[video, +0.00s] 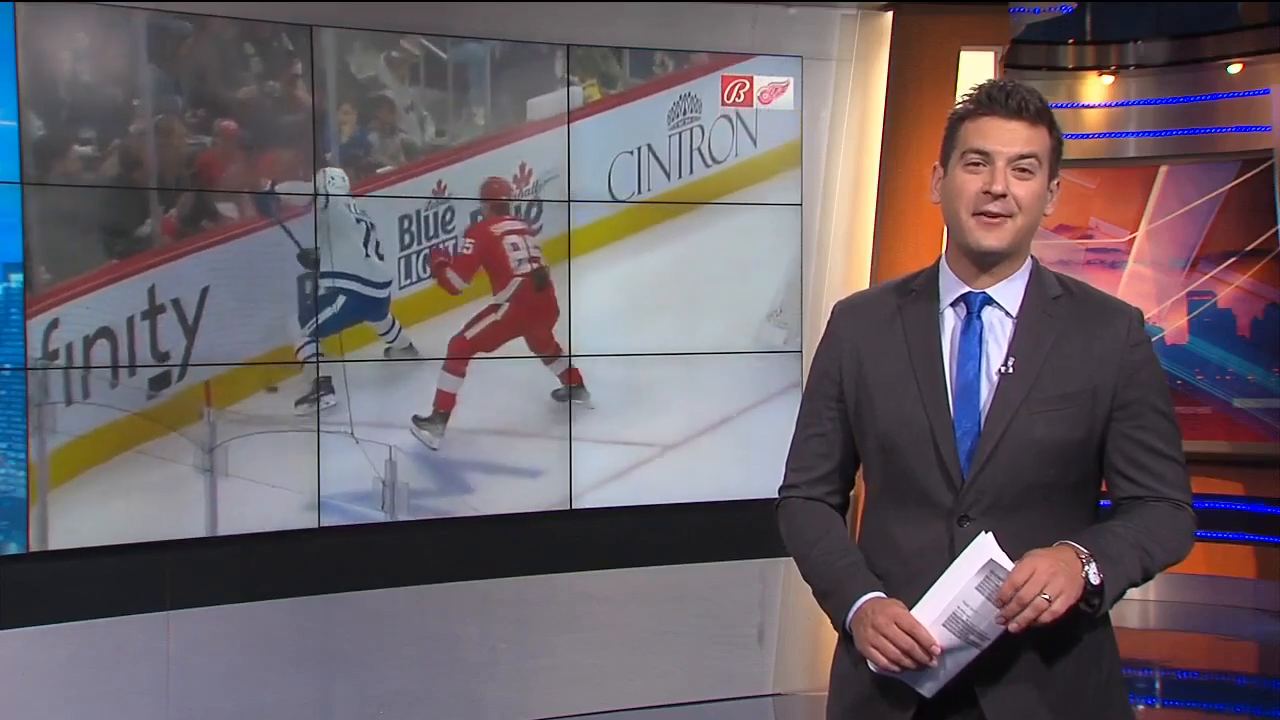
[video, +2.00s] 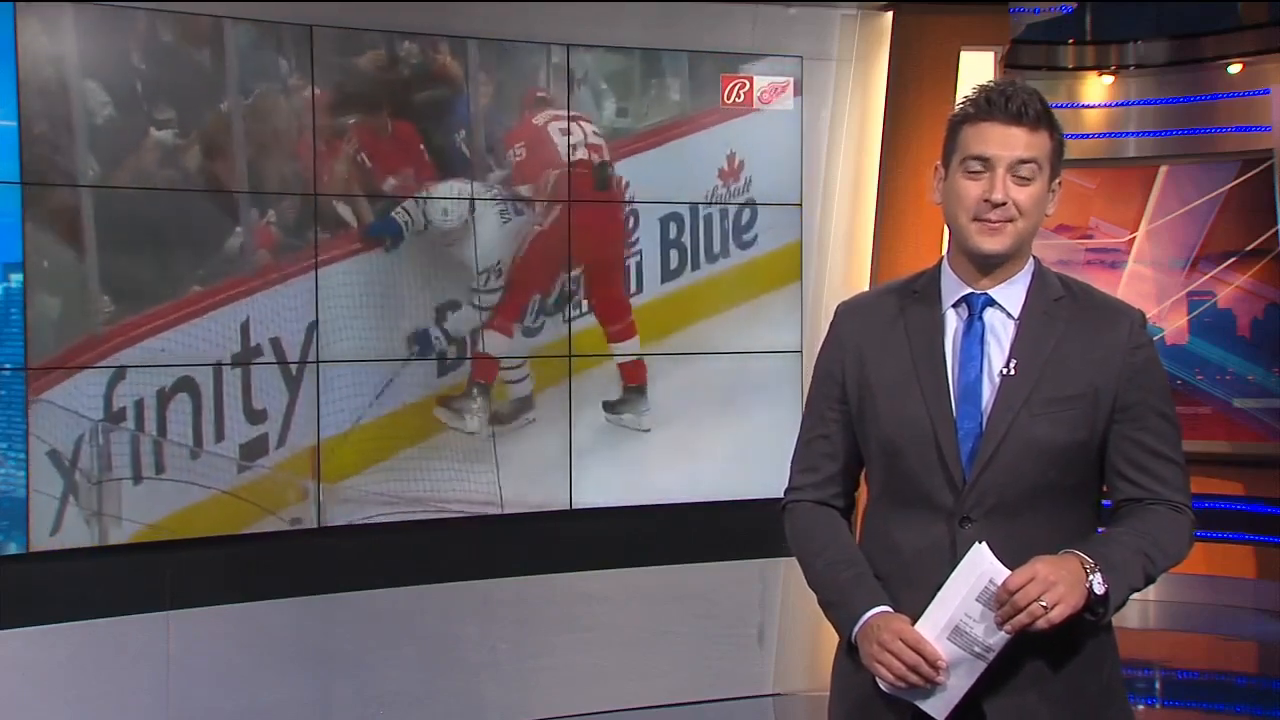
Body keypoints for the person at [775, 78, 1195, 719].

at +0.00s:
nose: (997, 186)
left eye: (1022, 169)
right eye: (975, 163)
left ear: (1050, 195)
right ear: (939, 183)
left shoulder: (1112, 334)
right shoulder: (858, 327)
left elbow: (1163, 510)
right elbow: (807, 497)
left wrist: (1084, 560)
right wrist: (859, 603)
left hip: (1048, 689)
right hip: (886, 687)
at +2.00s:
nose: (997, 193)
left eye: (1022, 175)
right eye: (976, 169)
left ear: (1050, 196)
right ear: (940, 185)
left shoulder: (1114, 336)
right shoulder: (862, 327)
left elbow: (1161, 510)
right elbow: (813, 500)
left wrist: (1089, 568)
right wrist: (866, 617)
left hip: (1051, 690)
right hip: (889, 688)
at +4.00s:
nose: (999, 196)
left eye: (1024, 176)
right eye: (976, 173)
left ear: (1053, 196)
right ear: (942, 190)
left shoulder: (1120, 336)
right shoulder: (869, 326)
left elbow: (1164, 510)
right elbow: (820, 497)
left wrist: (1094, 573)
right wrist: (873, 617)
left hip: (1056, 689)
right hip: (895, 685)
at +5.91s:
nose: (1002, 189)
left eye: (1028, 172)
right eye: (981, 165)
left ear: (1055, 196)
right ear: (945, 184)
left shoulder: (1118, 335)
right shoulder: (864, 326)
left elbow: (1166, 509)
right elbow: (813, 498)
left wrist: (1094, 572)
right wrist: (869, 619)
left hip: (1056, 691)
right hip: (893, 687)